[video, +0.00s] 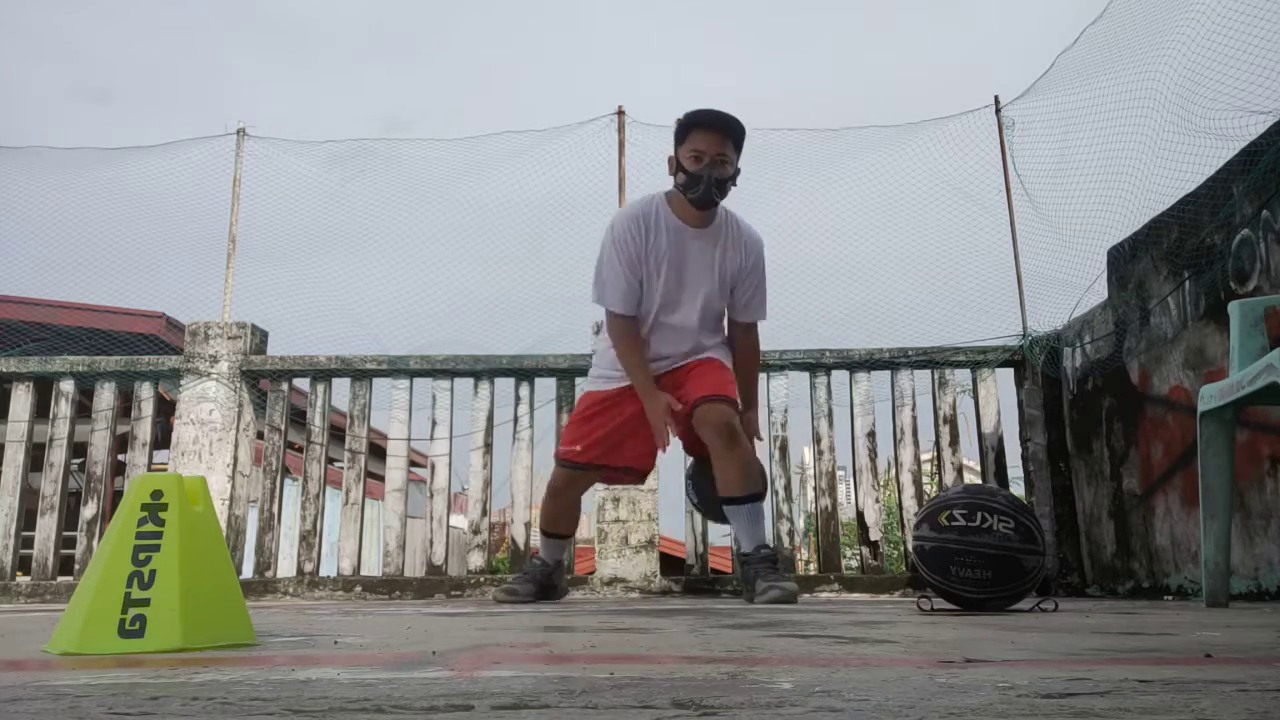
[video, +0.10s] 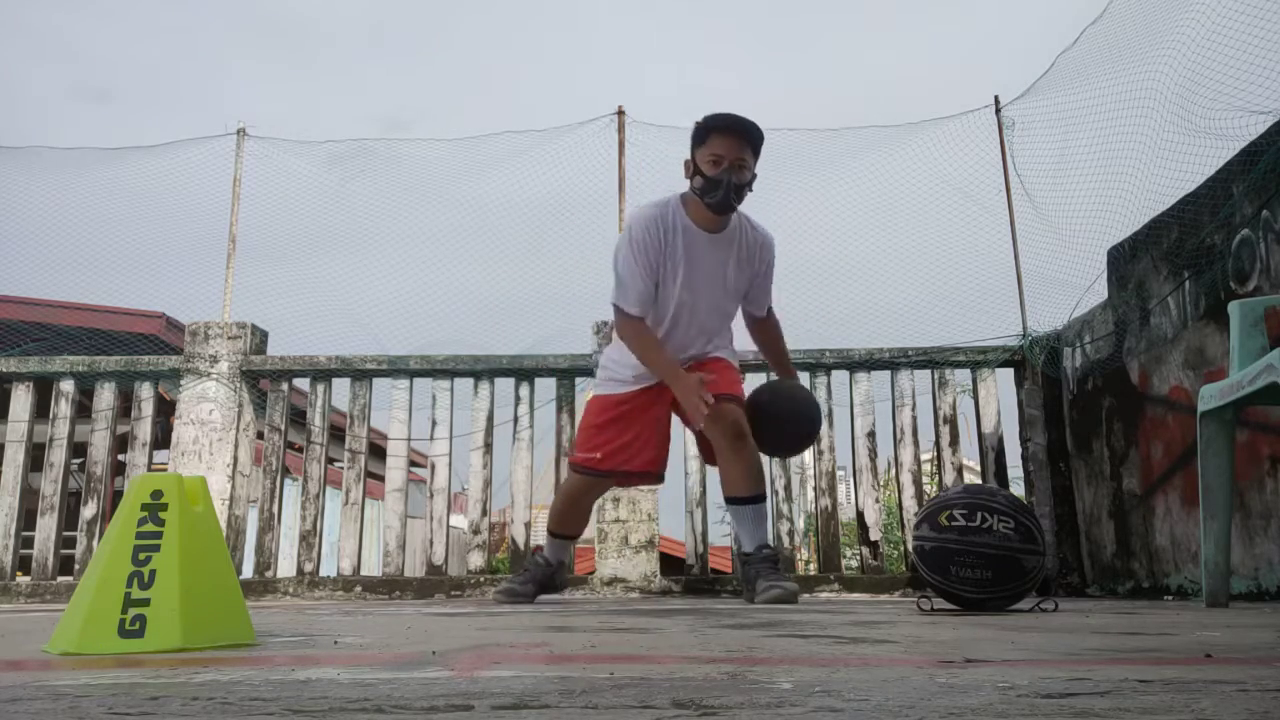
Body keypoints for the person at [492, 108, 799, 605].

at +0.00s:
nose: (707, 172)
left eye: (721, 163)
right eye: (696, 158)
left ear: (735, 172)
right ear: (674, 162)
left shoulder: (744, 244)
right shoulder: (632, 227)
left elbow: (745, 333)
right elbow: (620, 321)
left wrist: (750, 411)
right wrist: (648, 392)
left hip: (697, 360)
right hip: (624, 363)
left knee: (722, 421)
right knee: (567, 474)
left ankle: (758, 563)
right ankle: (548, 569)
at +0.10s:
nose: (726, 176)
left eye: (739, 167)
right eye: (716, 163)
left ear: (753, 175)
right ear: (692, 165)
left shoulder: (755, 244)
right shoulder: (649, 225)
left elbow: (760, 315)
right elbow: (628, 321)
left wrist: (790, 381)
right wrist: (680, 382)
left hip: (707, 361)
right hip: (634, 361)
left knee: (732, 423)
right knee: (585, 473)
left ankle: (759, 563)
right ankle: (550, 564)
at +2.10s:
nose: (724, 166)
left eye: (736, 157)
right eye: (712, 153)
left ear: (748, 167)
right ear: (687, 159)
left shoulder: (750, 232)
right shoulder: (646, 219)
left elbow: (759, 302)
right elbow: (619, 310)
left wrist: (797, 355)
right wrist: (669, 369)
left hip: (699, 358)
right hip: (626, 361)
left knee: (730, 425)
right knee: (577, 475)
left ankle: (759, 564)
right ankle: (542, 563)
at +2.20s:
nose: (718, 160)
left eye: (731, 151)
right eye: (707, 148)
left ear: (744, 160)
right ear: (684, 150)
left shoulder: (748, 226)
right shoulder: (645, 215)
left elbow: (770, 302)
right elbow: (633, 309)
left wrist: (823, 329)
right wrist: (696, 352)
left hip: (697, 357)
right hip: (622, 360)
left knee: (729, 426)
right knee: (576, 472)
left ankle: (760, 564)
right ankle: (543, 561)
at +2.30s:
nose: (703, 150)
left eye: (715, 141)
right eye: (692, 138)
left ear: (729, 150)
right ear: (669, 143)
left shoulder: (739, 216)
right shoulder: (632, 209)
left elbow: (753, 300)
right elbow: (641, 301)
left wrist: (760, 364)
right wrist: (690, 355)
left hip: (696, 351)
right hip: (620, 354)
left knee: (730, 434)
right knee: (574, 462)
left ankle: (760, 565)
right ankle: (543, 563)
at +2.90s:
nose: (701, 152)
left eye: (715, 142)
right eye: (690, 139)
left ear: (730, 151)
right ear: (670, 143)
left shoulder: (740, 226)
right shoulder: (628, 210)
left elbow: (743, 318)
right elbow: (612, 303)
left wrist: (747, 401)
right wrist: (621, 387)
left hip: (691, 354)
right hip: (618, 357)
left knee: (721, 423)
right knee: (565, 464)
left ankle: (758, 563)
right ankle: (542, 569)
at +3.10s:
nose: (736, 155)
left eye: (749, 146)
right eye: (725, 143)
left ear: (762, 156)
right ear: (702, 146)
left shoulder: (763, 227)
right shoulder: (659, 206)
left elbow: (765, 300)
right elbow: (634, 299)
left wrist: (790, 365)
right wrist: (692, 351)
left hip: (709, 354)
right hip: (634, 356)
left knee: (738, 420)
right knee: (585, 467)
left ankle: (761, 565)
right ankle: (544, 561)